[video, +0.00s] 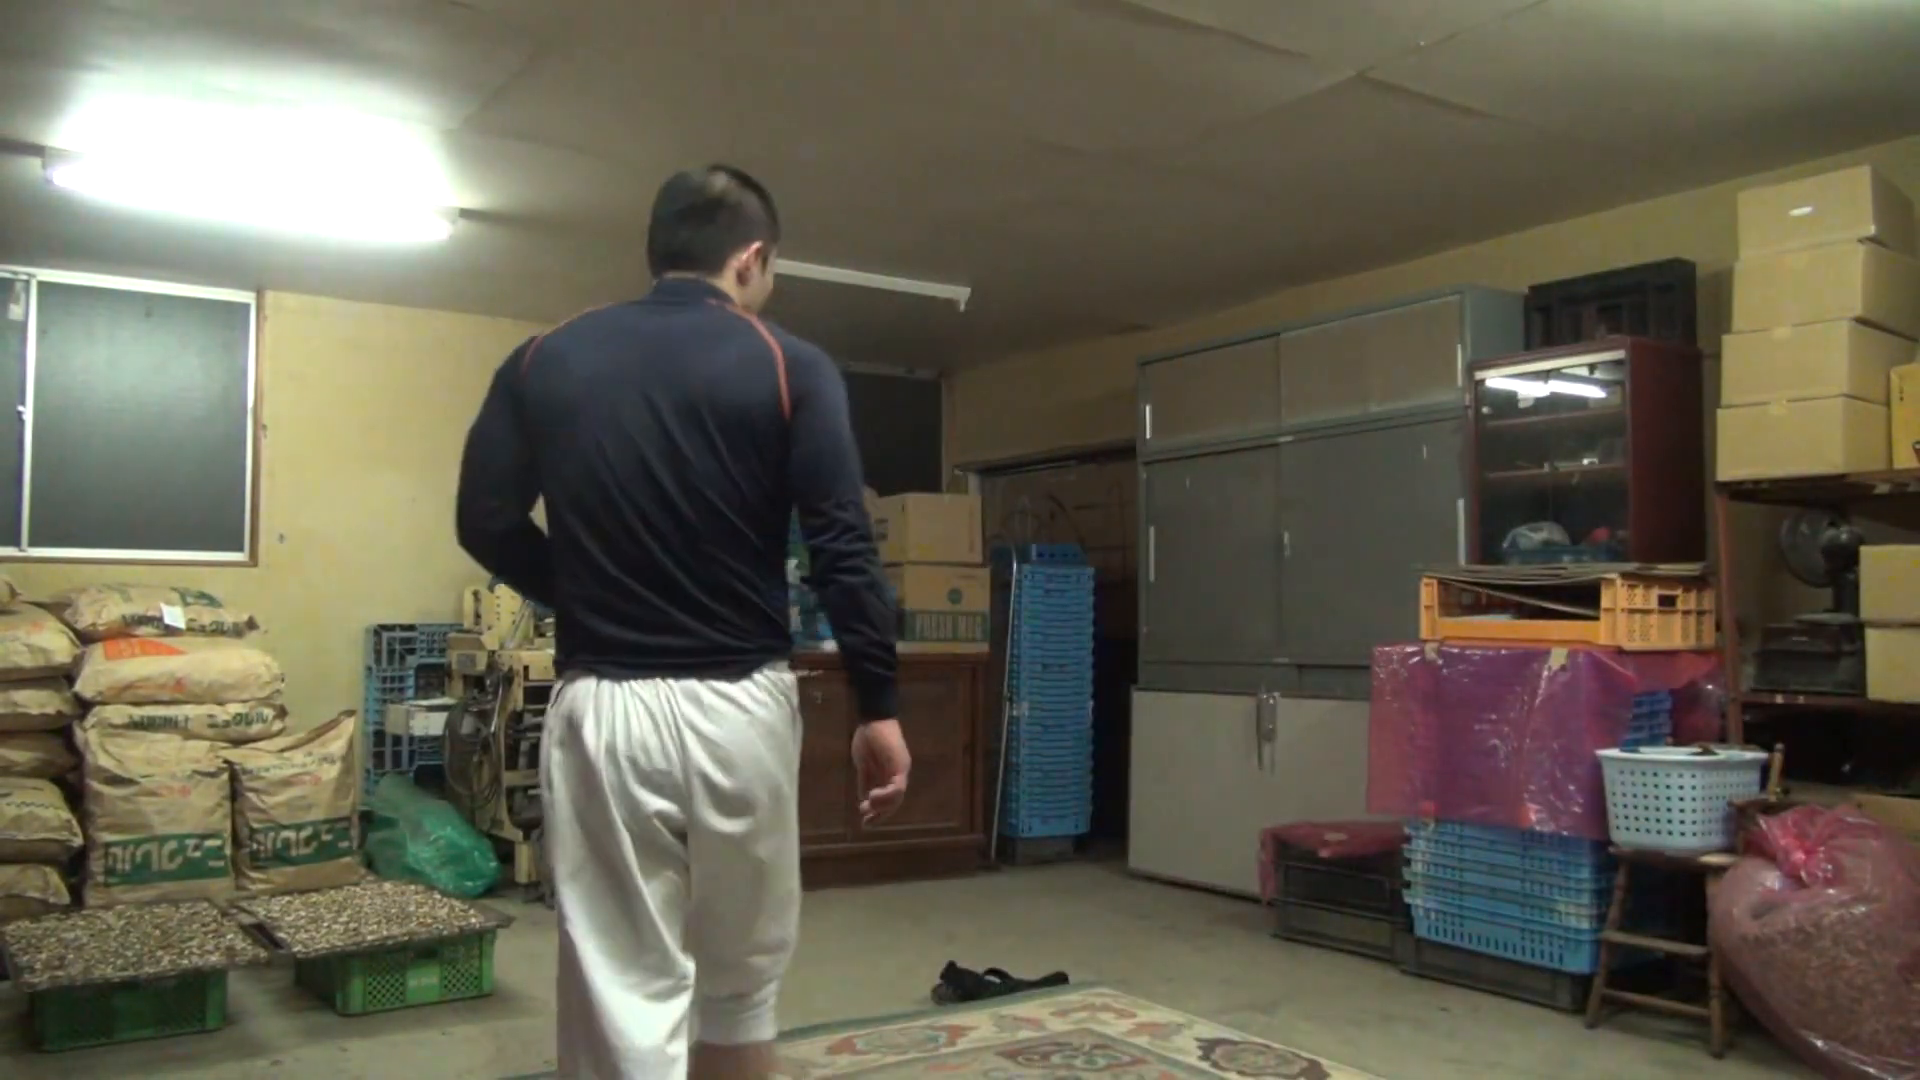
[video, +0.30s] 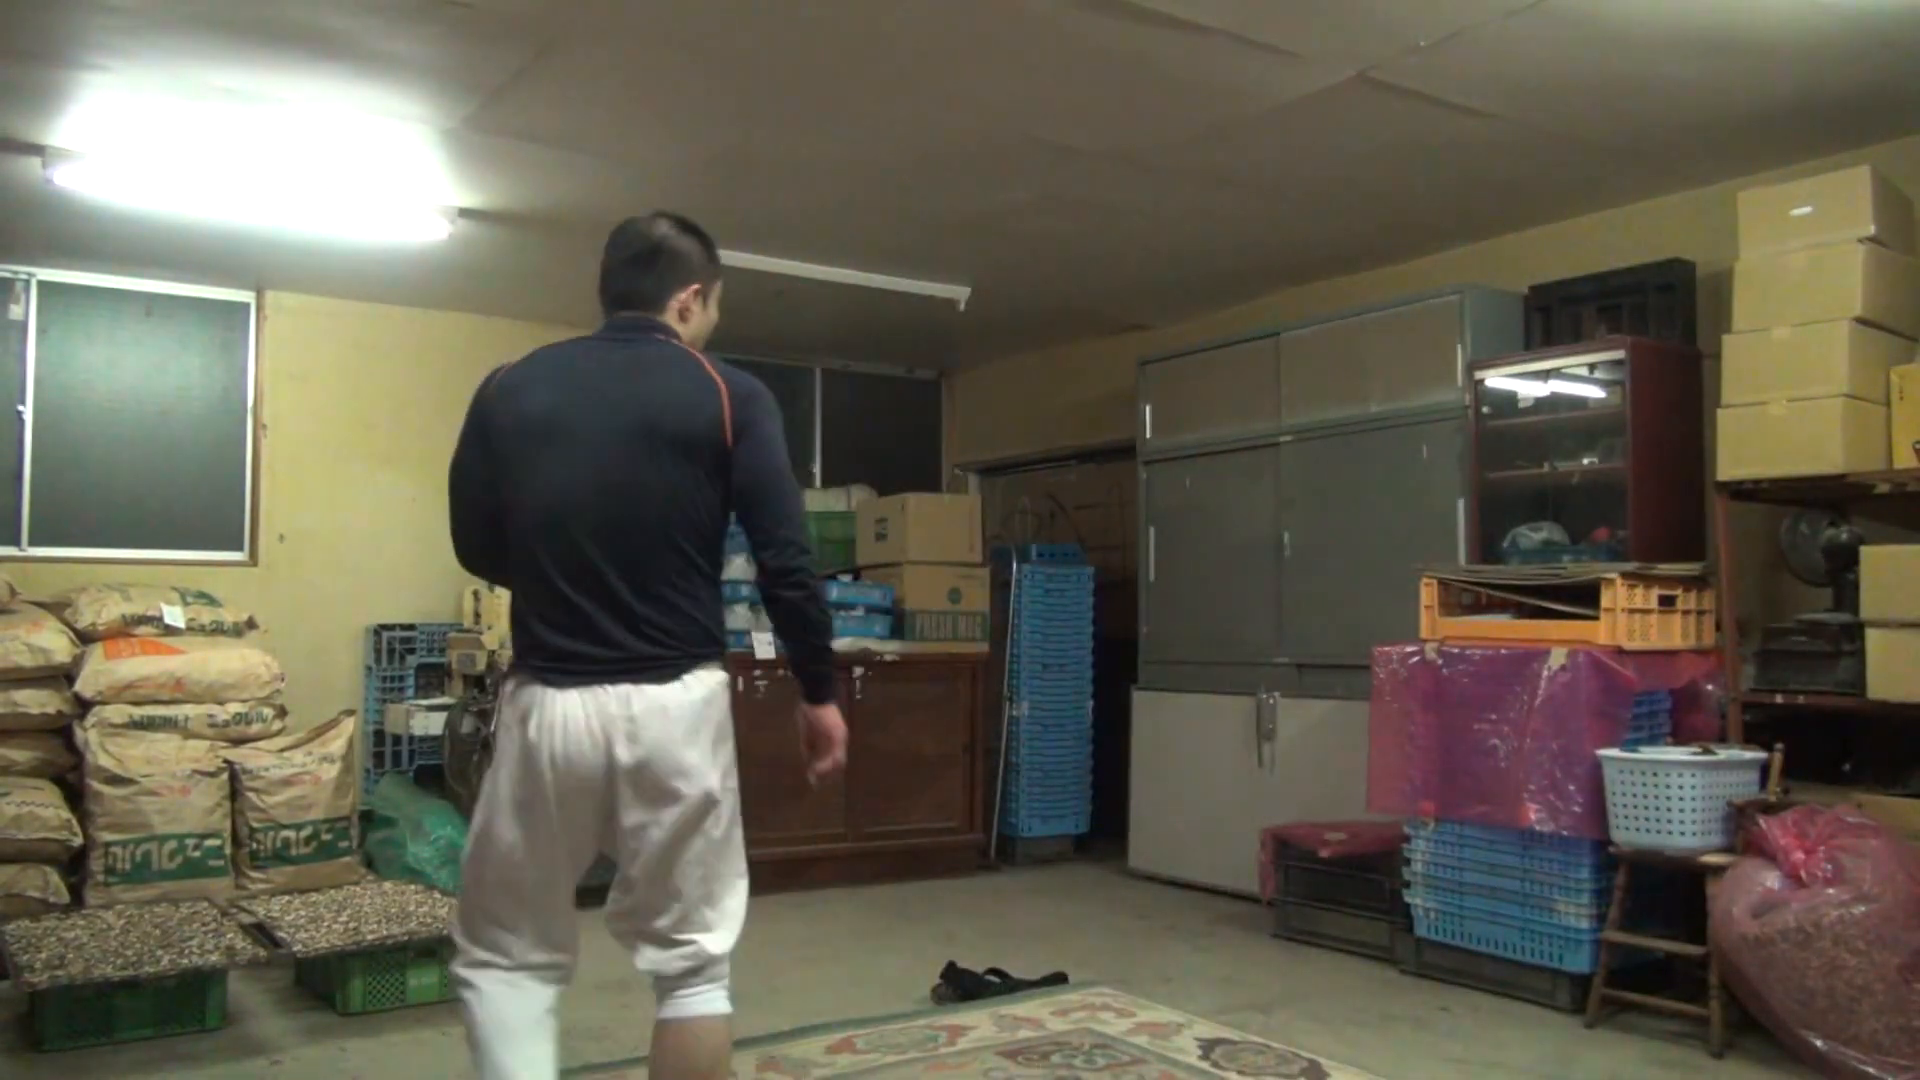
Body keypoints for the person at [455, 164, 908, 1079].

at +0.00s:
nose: (768, 290)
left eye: (768, 271)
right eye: (770, 270)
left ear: (655, 257)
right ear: (747, 261)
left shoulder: (545, 361)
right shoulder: (794, 369)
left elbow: (486, 520)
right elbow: (841, 542)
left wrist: (586, 587)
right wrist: (877, 704)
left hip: (598, 719)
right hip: (741, 719)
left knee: (624, 1003)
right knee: (738, 998)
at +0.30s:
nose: (713, 324)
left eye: (715, 308)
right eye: (713, 307)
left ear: (607, 296)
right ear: (687, 302)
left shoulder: (511, 387)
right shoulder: (731, 395)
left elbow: (480, 546)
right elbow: (785, 559)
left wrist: (572, 566)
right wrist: (820, 689)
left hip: (546, 719)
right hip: (678, 714)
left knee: (507, 963)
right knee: (692, 966)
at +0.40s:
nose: (686, 320)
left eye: (686, 303)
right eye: (683, 303)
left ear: (578, 299)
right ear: (649, 302)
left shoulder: (486, 388)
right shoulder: (694, 386)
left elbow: (460, 542)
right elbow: (750, 529)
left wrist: (552, 544)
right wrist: (770, 638)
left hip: (510, 712)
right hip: (641, 709)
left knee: (472, 962)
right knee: (675, 967)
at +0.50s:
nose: (646, 332)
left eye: (646, 315)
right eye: (643, 315)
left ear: (545, 314)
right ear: (613, 315)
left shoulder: (454, 404)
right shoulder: (642, 391)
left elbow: (432, 553)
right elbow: (692, 522)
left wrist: (531, 559)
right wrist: (710, 601)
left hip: (468, 716)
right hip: (591, 715)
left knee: (436, 954)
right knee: (660, 961)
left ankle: (390, 1071)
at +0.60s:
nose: (613, 350)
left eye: (613, 332)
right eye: (608, 331)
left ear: (524, 332)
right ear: (564, 331)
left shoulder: (426, 419)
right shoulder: (572, 396)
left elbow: (415, 561)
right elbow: (596, 528)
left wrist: (547, 630)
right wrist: (658, 595)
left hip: (415, 716)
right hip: (524, 716)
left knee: (407, 966)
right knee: (620, 954)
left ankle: (381, 1072)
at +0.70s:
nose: (585, 348)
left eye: (586, 329)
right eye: (578, 328)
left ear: (501, 329)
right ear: (531, 325)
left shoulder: (416, 409)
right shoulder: (523, 390)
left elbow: (413, 555)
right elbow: (517, 522)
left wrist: (512, 645)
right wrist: (589, 611)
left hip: (378, 707)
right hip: (472, 707)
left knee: (387, 957)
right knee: (565, 942)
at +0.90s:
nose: (542, 336)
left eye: (543, 317)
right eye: (533, 314)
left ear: (461, 314)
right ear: (480, 310)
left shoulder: (380, 388)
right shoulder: (452, 370)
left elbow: (362, 539)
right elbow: (417, 499)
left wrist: (486, 603)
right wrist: (495, 613)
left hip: (339, 691)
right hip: (410, 691)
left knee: (353, 958)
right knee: (460, 943)